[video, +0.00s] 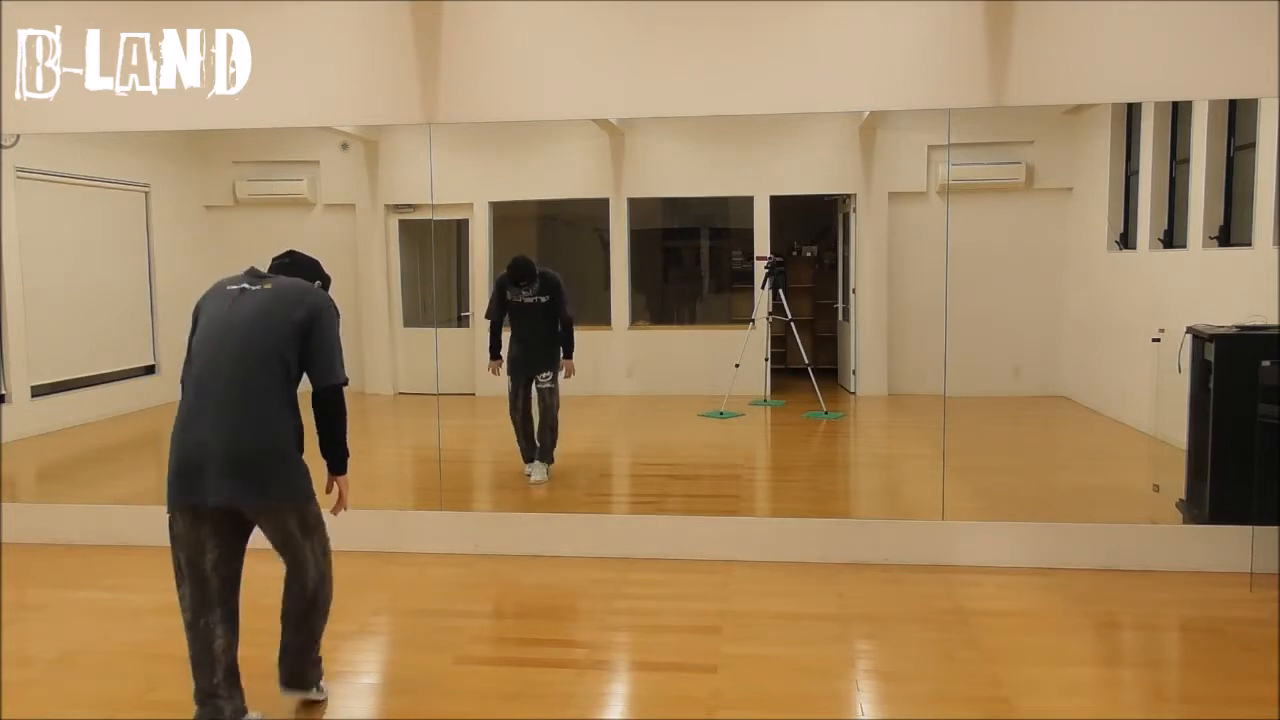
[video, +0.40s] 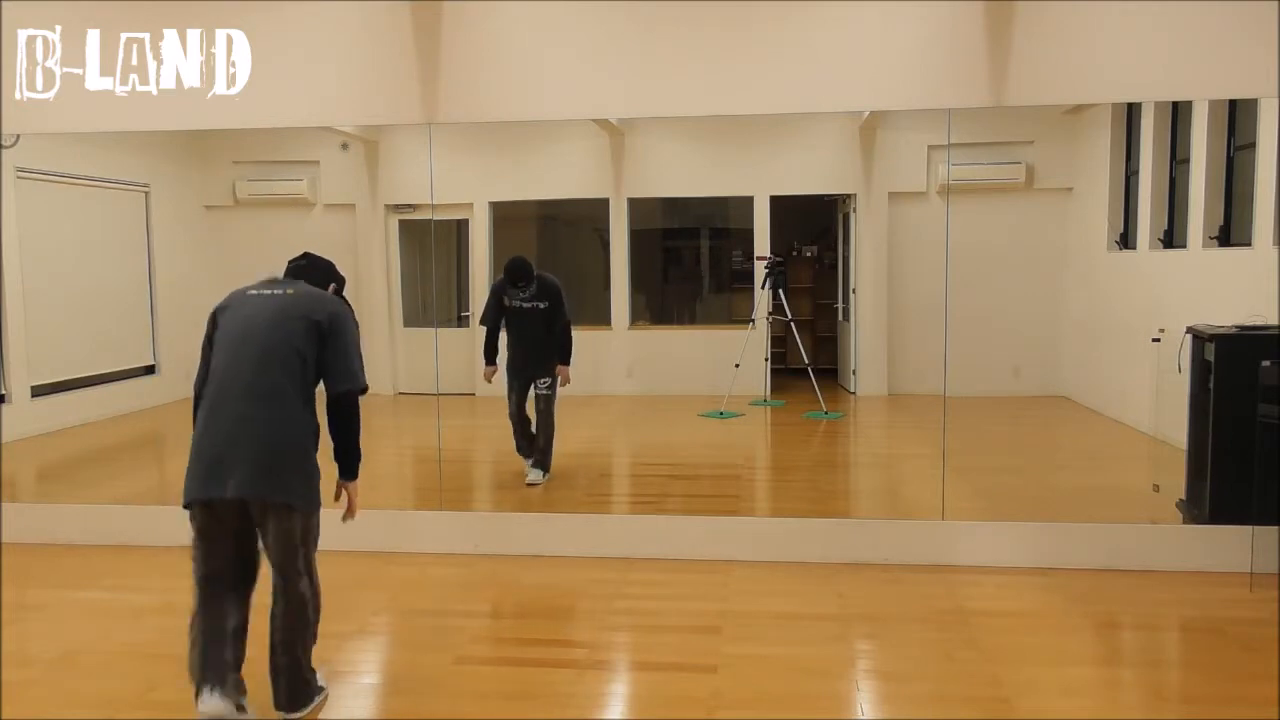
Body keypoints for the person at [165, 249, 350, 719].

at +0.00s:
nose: (322, 301)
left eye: (324, 297)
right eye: (323, 296)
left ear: (274, 274)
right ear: (315, 285)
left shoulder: (214, 296)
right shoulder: (314, 301)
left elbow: (192, 378)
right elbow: (329, 390)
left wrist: (215, 442)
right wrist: (337, 465)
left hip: (193, 461)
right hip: (264, 459)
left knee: (206, 595)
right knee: (309, 563)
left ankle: (217, 708)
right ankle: (300, 675)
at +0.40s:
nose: (337, 304)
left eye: (338, 299)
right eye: (339, 299)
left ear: (289, 279)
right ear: (331, 289)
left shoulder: (231, 302)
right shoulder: (331, 308)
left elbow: (204, 387)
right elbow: (343, 396)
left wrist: (211, 452)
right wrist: (348, 469)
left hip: (212, 462)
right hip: (282, 462)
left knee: (218, 577)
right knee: (294, 578)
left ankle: (216, 688)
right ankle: (293, 692)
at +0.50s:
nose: (335, 318)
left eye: (337, 312)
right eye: (338, 311)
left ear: (289, 293)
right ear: (330, 300)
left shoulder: (239, 323)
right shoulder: (329, 331)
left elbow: (210, 414)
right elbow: (347, 416)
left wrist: (208, 495)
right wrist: (352, 497)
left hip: (228, 466)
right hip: (291, 468)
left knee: (256, 552)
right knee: (307, 587)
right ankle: (297, 692)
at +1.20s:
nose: (338, 297)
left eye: (339, 293)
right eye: (339, 291)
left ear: (286, 275)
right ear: (328, 283)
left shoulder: (237, 301)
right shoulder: (334, 308)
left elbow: (225, 388)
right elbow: (352, 396)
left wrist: (226, 461)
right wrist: (364, 464)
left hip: (238, 452)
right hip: (295, 453)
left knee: (270, 548)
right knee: (308, 571)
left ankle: (269, 625)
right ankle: (283, 687)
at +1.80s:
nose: (343, 288)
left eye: (341, 283)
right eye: (343, 282)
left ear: (289, 275)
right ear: (334, 279)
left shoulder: (244, 305)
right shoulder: (341, 310)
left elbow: (203, 379)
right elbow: (359, 377)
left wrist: (245, 381)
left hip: (246, 470)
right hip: (311, 468)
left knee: (248, 577)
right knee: (346, 557)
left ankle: (248, 676)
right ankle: (308, 625)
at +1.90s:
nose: (348, 268)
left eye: (346, 263)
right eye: (348, 262)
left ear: (293, 257)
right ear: (342, 261)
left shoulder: (250, 296)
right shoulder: (350, 292)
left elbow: (179, 346)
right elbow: (400, 330)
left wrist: (234, 335)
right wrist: (444, 341)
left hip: (261, 468)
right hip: (329, 467)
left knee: (254, 577)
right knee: (382, 563)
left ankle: (248, 676)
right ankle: (372, 661)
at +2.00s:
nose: (355, 262)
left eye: (353, 257)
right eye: (355, 256)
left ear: (300, 253)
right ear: (348, 255)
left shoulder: (260, 295)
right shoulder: (367, 286)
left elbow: (199, 333)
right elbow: (444, 316)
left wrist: (174, 353)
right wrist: (511, 336)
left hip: (284, 465)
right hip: (355, 463)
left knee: (271, 558)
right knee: (391, 576)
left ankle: (266, 665)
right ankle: (422, 698)